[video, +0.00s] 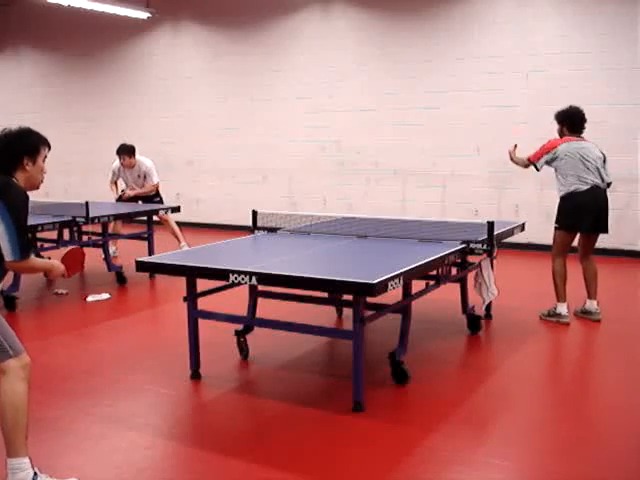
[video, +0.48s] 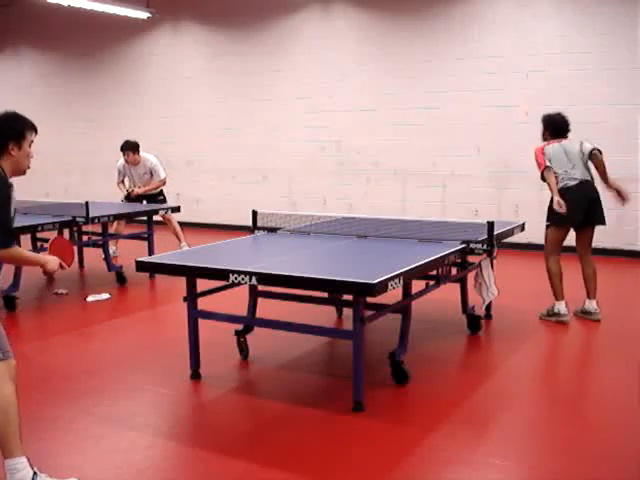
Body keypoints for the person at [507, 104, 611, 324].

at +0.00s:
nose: (557, 129)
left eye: (558, 126)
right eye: (557, 126)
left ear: (564, 127)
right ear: (581, 127)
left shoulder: (556, 145)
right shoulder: (595, 149)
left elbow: (527, 162)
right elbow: (605, 182)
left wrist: (513, 157)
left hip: (572, 201)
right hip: (598, 201)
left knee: (559, 254)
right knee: (586, 254)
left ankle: (561, 308)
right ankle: (592, 304)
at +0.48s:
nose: (541, 133)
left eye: (543, 130)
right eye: (542, 130)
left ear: (547, 132)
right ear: (565, 131)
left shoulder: (542, 150)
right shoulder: (579, 144)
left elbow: (548, 172)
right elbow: (596, 155)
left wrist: (555, 194)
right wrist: (608, 183)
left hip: (565, 197)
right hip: (589, 196)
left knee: (552, 252)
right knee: (585, 252)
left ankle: (560, 306)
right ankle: (592, 304)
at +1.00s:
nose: (495, 161)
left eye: (499, 157)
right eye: (494, 157)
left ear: (511, 157)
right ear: (493, 158)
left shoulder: (523, 177)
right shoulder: (497, 169)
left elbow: (537, 209)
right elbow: (477, 163)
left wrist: (530, 235)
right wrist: (466, 173)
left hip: (540, 218)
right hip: (522, 216)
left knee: (518, 260)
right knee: (497, 242)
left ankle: (549, 301)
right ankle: (499, 278)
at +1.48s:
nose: (495, 135)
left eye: (499, 131)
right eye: (493, 131)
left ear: (509, 132)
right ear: (490, 133)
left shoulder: (524, 153)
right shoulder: (490, 160)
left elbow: (537, 176)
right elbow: (488, 185)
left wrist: (527, 196)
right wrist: (484, 202)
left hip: (527, 202)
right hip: (503, 203)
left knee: (538, 245)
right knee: (490, 243)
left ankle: (552, 283)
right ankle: (479, 276)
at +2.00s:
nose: (507, 152)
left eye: (509, 148)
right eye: (505, 149)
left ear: (520, 147)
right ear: (519, 150)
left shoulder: (524, 163)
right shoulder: (531, 164)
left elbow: (514, 188)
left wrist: (488, 204)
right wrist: (531, 224)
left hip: (562, 211)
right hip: (546, 215)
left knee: (568, 261)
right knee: (520, 242)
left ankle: (603, 299)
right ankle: (521, 285)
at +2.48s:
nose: (514, 146)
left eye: (519, 142)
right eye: (512, 142)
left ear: (532, 147)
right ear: (512, 145)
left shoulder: (541, 171)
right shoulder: (507, 168)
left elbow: (557, 197)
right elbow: (504, 163)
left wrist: (559, 184)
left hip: (534, 219)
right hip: (508, 218)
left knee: (548, 251)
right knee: (489, 250)